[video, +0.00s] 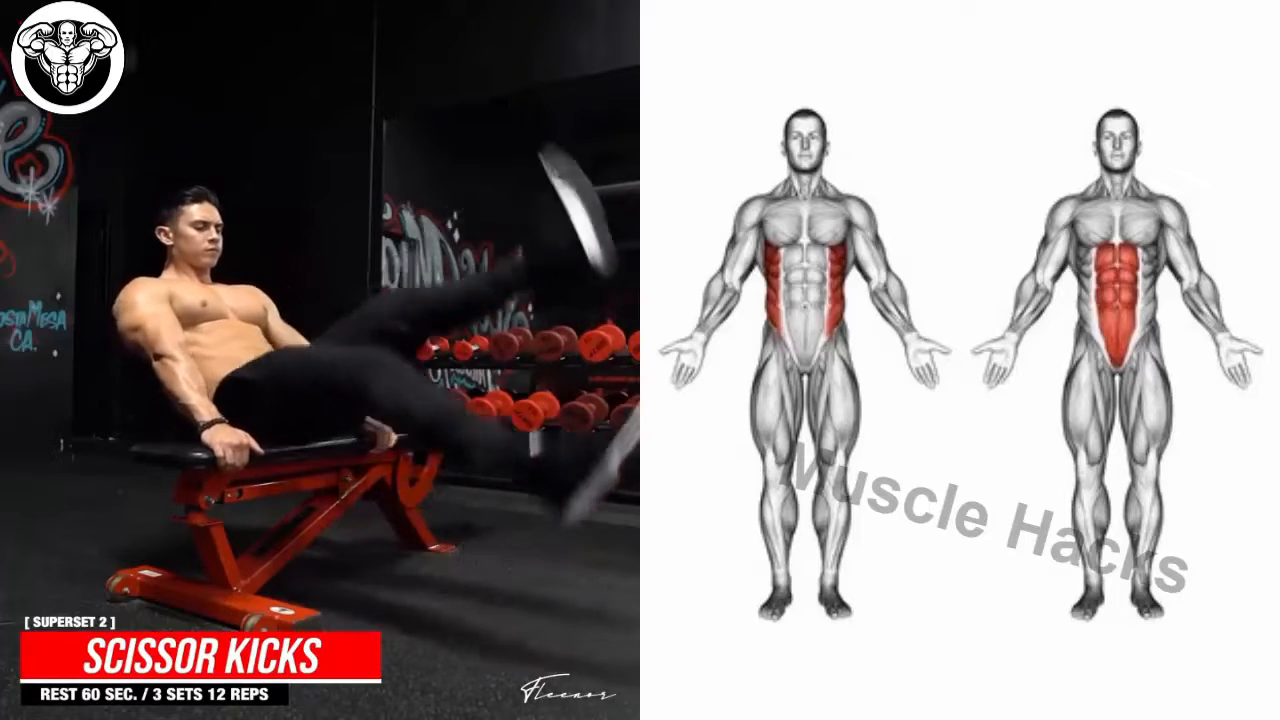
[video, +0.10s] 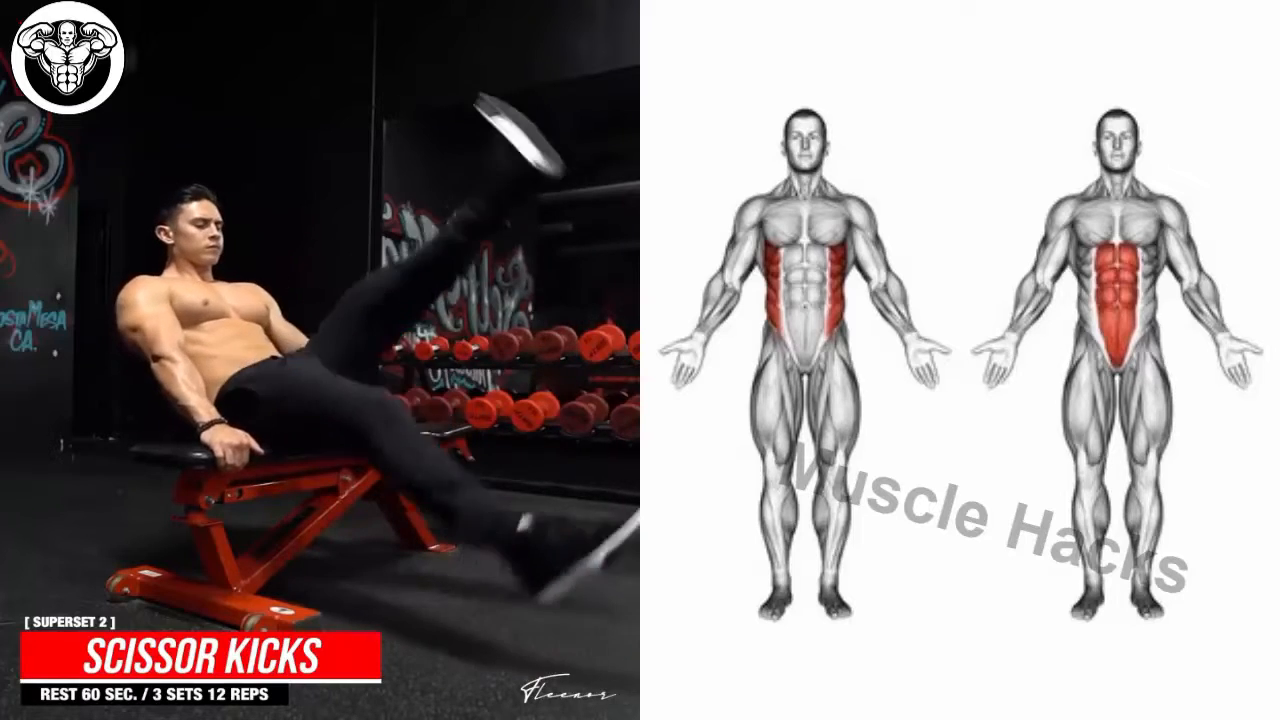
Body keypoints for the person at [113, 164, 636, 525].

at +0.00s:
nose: (212, 236)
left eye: (216, 227)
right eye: (199, 227)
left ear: (219, 237)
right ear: (166, 236)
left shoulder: (249, 295)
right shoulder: (143, 293)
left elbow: (310, 354)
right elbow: (168, 359)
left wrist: (364, 416)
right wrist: (210, 424)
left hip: (298, 378)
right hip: (241, 394)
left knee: (389, 312)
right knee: (372, 369)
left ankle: (540, 263)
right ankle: (547, 464)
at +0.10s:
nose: (213, 233)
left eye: (217, 225)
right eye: (199, 224)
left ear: (219, 236)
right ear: (166, 233)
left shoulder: (250, 293)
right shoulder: (145, 291)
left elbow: (311, 350)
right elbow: (167, 360)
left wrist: (368, 389)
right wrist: (210, 423)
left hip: (309, 370)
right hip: (250, 386)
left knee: (376, 297)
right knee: (377, 407)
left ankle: (500, 194)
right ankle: (520, 540)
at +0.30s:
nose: (212, 231)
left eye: (215, 223)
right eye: (197, 222)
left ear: (217, 235)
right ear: (164, 233)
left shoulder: (249, 294)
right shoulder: (142, 291)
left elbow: (309, 350)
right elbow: (165, 357)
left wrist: (373, 387)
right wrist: (208, 423)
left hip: (293, 375)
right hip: (237, 388)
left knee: (380, 304)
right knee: (363, 389)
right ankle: (514, 514)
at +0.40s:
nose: (209, 232)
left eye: (212, 224)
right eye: (195, 223)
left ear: (215, 234)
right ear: (162, 235)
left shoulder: (249, 292)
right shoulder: (141, 293)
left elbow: (304, 355)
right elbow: (167, 358)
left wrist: (352, 410)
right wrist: (210, 421)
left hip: (294, 393)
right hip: (240, 402)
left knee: (401, 326)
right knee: (361, 346)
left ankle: (557, 364)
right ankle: (527, 387)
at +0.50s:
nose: (208, 229)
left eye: (212, 221)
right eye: (193, 222)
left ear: (217, 231)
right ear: (162, 235)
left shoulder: (252, 292)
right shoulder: (142, 294)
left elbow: (309, 355)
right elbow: (166, 362)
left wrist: (366, 417)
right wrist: (210, 424)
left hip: (307, 396)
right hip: (244, 405)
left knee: (428, 379)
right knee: (338, 302)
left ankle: (563, 486)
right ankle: (518, 266)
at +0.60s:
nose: (212, 222)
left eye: (213, 213)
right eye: (196, 215)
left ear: (218, 228)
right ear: (164, 230)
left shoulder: (254, 287)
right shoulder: (144, 292)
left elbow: (310, 321)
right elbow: (166, 361)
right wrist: (209, 424)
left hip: (308, 392)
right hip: (245, 388)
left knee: (431, 426)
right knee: (322, 278)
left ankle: (544, 574)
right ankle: (457, 186)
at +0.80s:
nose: (211, 223)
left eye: (213, 215)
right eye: (197, 216)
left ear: (217, 228)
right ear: (164, 230)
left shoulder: (254, 287)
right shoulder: (143, 293)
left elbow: (304, 335)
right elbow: (165, 362)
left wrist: (341, 381)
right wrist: (209, 424)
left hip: (304, 396)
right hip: (239, 398)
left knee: (427, 409)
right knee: (312, 294)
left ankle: (536, 551)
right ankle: (472, 231)